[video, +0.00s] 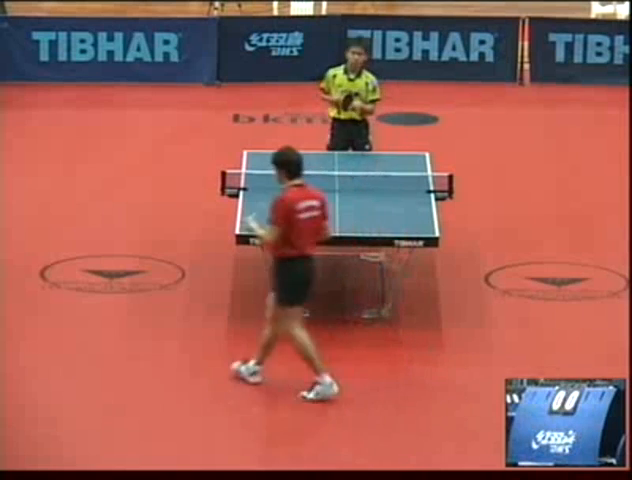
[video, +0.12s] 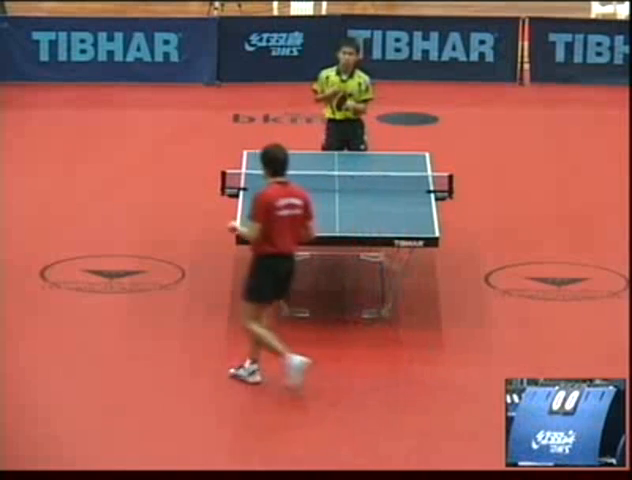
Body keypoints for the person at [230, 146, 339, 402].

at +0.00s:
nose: (275, 174)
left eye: (276, 170)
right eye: (276, 169)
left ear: (281, 172)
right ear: (299, 169)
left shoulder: (284, 200)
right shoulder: (317, 196)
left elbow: (273, 238)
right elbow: (324, 233)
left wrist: (255, 229)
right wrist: (300, 236)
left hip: (287, 263)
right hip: (306, 260)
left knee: (290, 322)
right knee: (276, 317)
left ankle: (324, 379)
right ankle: (255, 365)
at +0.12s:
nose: (264, 169)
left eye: (264, 165)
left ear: (265, 167)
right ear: (286, 166)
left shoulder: (265, 196)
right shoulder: (301, 195)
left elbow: (255, 234)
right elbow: (308, 233)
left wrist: (238, 228)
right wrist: (284, 234)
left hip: (266, 259)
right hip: (288, 259)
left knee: (249, 320)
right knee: (262, 315)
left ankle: (290, 358)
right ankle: (252, 364)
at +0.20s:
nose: (257, 163)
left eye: (256, 159)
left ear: (255, 162)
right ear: (278, 161)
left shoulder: (255, 191)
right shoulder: (293, 191)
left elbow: (243, 229)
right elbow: (301, 230)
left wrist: (228, 223)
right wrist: (277, 229)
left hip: (253, 255)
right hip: (277, 255)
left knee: (230, 310)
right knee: (259, 311)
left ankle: (261, 355)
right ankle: (256, 363)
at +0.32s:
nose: (247, 159)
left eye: (244, 154)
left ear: (243, 156)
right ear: (266, 156)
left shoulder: (233, 186)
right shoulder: (279, 188)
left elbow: (224, 221)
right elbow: (290, 225)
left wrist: (211, 220)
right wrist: (270, 220)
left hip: (236, 248)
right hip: (264, 250)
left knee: (216, 304)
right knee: (254, 307)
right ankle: (253, 363)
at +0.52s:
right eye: (239, 158)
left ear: (218, 160)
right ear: (242, 161)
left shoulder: (203, 187)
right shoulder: (254, 190)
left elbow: (189, 222)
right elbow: (270, 226)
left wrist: (206, 215)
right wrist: (253, 218)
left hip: (210, 250)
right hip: (239, 253)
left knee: (193, 301)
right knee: (240, 305)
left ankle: (184, 353)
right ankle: (249, 356)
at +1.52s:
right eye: (227, 158)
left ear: (204, 158)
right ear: (226, 162)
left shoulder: (185, 178)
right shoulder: (229, 189)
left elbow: (164, 209)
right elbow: (257, 220)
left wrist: (181, 221)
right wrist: (260, 206)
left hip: (176, 241)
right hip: (203, 246)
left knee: (163, 289)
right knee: (230, 296)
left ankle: (152, 337)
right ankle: (238, 353)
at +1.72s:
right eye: (230, 166)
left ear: (207, 165)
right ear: (229, 169)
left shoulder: (187, 182)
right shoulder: (231, 195)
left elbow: (161, 208)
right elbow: (251, 230)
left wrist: (175, 223)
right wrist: (242, 235)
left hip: (171, 240)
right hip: (197, 244)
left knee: (161, 289)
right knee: (226, 297)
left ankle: (151, 338)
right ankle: (238, 354)